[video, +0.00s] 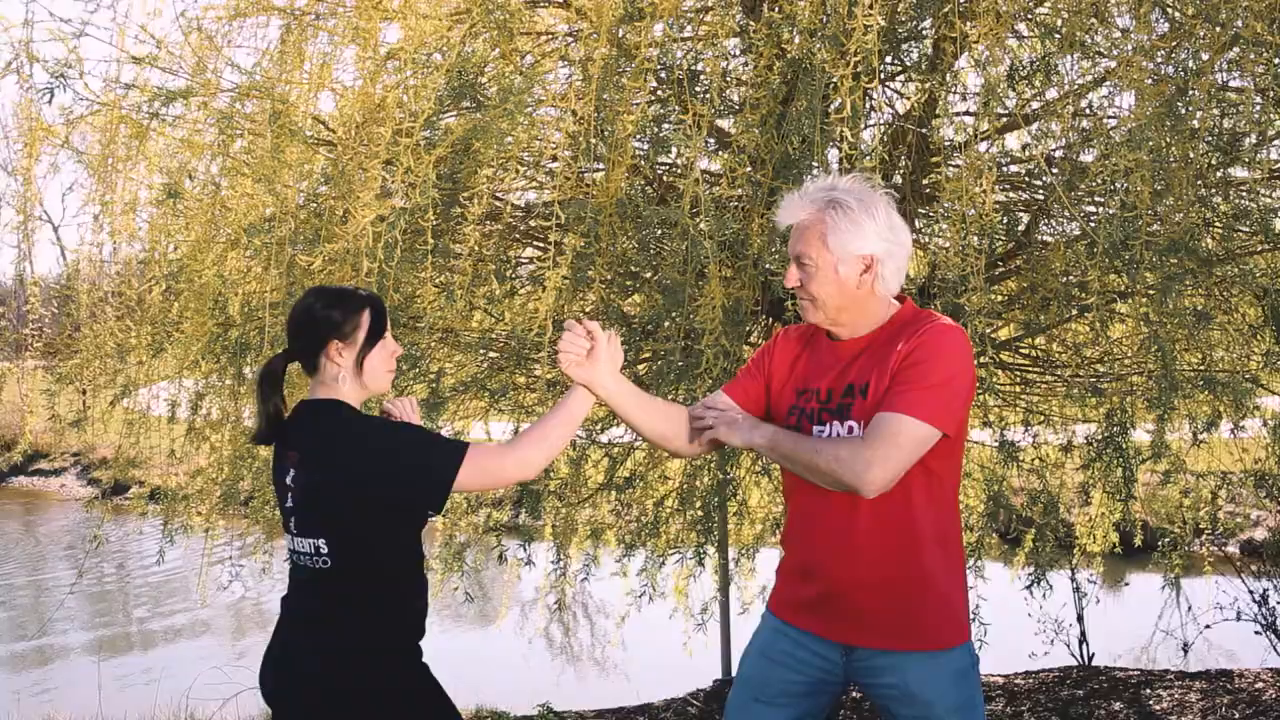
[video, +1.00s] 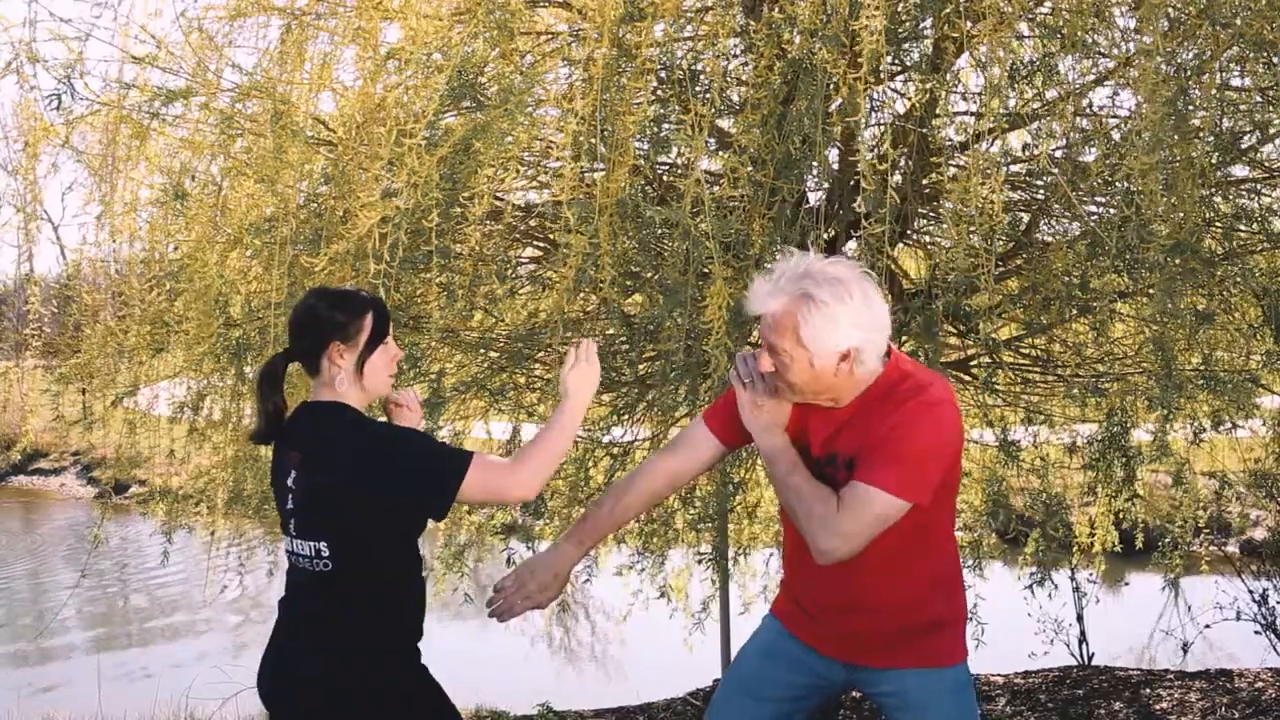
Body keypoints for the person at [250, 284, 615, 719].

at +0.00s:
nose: (397, 348)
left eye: (392, 336)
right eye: (384, 338)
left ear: (333, 355)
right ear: (339, 354)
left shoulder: (295, 433)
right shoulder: (379, 444)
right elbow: (521, 461)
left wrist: (397, 437)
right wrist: (592, 380)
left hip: (294, 669)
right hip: (375, 681)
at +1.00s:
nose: (398, 353)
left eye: (392, 339)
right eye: (385, 342)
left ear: (336, 358)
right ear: (340, 357)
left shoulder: (294, 436)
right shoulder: (379, 448)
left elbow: (367, 519)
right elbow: (517, 483)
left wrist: (406, 440)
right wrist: (576, 399)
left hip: (291, 672)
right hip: (373, 681)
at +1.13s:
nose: (407, 360)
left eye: (401, 348)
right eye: (395, 349)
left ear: (346, 365)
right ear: (351, 365)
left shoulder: (299, 440)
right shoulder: (398, 448)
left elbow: (362, 514)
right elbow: (538, 489)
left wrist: (404, 438)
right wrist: (587, 461)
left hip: (280, 679)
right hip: (370, 686)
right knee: (450, 710)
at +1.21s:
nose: (421, 370)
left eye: (415, 358)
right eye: (409, 358)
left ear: (355, 377)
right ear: (366, 376)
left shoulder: (302, 452)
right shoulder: (417, 455)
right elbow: (540, 515)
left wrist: (392, 434)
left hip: (285, 688)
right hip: (381, 688)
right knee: (461, 711)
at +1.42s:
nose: (468, 392)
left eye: (465, 380)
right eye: (460, 380)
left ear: (403, 398)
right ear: (418, 395)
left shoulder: (346, 472)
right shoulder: (467, 474)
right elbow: (586, 549)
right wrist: (639, 590)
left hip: (330, 696)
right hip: (426, 698)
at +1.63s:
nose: (483, 380)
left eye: (475, 366)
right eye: (470, 369)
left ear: (415, 390)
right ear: (431, 387)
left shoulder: (370, 463)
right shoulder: (477, 471)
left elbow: (426, 543)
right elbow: (610, 556)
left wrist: (476, 461)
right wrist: (666, 589)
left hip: (344, 691)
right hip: (436, 695)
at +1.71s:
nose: (488, 375)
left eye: (480, 364)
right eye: (476, 364)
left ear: (424, 393)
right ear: (438, 389)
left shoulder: (386, 459)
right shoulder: (479, 476)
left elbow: (485, 550)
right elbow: (593, 580)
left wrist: (500, 448)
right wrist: (655, 639)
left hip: (346, 693)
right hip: (435, 699)